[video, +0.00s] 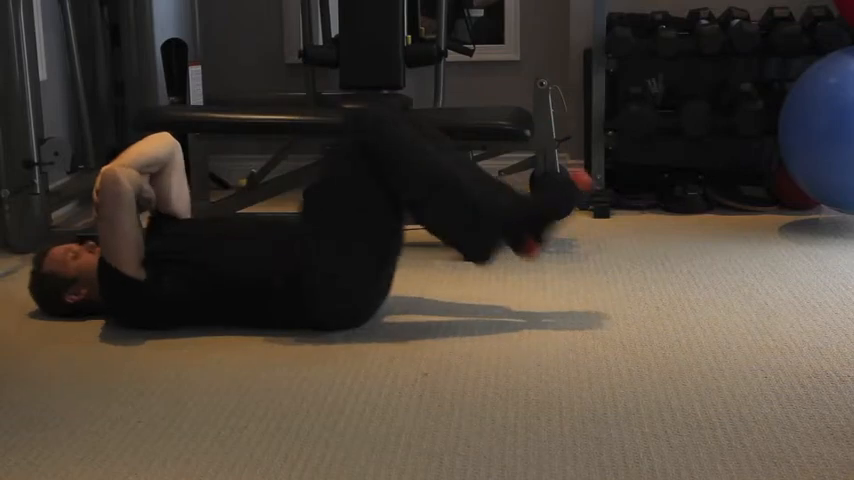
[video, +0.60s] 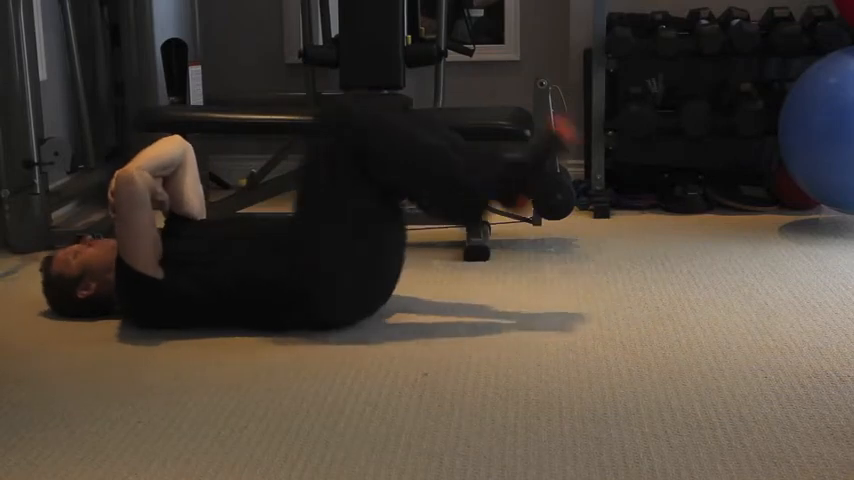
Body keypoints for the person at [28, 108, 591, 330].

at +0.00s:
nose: (84, 250)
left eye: (77, 249)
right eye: (73, 259)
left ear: (94, 257)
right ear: (80, 293)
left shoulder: (160, 250)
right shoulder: (131, 297)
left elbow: (168, 148)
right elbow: (115, 174)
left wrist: (117, 204)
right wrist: (127, 219)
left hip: (331, 263)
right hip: (323, 290)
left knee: (376, 125)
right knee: (370, 130)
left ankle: (488, 225)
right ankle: (520, 221)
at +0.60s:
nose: (87, 242)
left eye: (78, 246)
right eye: (77, 257)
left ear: (100, 251)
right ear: (90, 288)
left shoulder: (177, 248)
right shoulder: (143, 297)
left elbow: (179, 153)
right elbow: (129, 178)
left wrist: (140, 203)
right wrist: (148, 201)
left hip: (347, 266)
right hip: (327, 287)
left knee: (357, 122)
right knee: (342, 126)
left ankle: (519, 174)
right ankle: (511, 186)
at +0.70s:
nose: (78, 236)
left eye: (68, 240)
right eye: (68, 250)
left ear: (89, 245)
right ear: (84, 284)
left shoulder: (175, 249)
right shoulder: (135, 294)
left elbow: (182, 148)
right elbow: (128, 180)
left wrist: (130, 190)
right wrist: (130, 227)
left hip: (336, 266)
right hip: (311, 287)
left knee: (296, 116)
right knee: (283, 125)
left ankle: (452, 128)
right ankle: (453, 135)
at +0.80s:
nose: (76, 234)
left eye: (64, 240)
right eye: (69, 247)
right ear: (86, 278)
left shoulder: (173, 250)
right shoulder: (131, 293)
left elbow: (186, 149)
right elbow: (128, 178)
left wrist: (125, 176)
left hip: (344, 256)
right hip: (306, 276)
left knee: (234, 135)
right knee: (232, 137)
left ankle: (398, 98)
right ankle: (388, 118)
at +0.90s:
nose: (79, 232)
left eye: (65, 239)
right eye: (66, 248)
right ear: (86, 281)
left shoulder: (170, 256)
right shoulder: (133, 288)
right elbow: (126, 175)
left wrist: (145, 170)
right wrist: (171, 149)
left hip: (342, 240)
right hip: (308, 258)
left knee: (209, 150)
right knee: (195, 142)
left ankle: (354, 85)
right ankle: (350, 88)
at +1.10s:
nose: (74, 232)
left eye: (63, 243)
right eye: (66, 249)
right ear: (89, 280)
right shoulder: (136, 289)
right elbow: (134, 172)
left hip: (340, 234)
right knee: (170, 154)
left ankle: (318, 67)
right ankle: (315, 68)